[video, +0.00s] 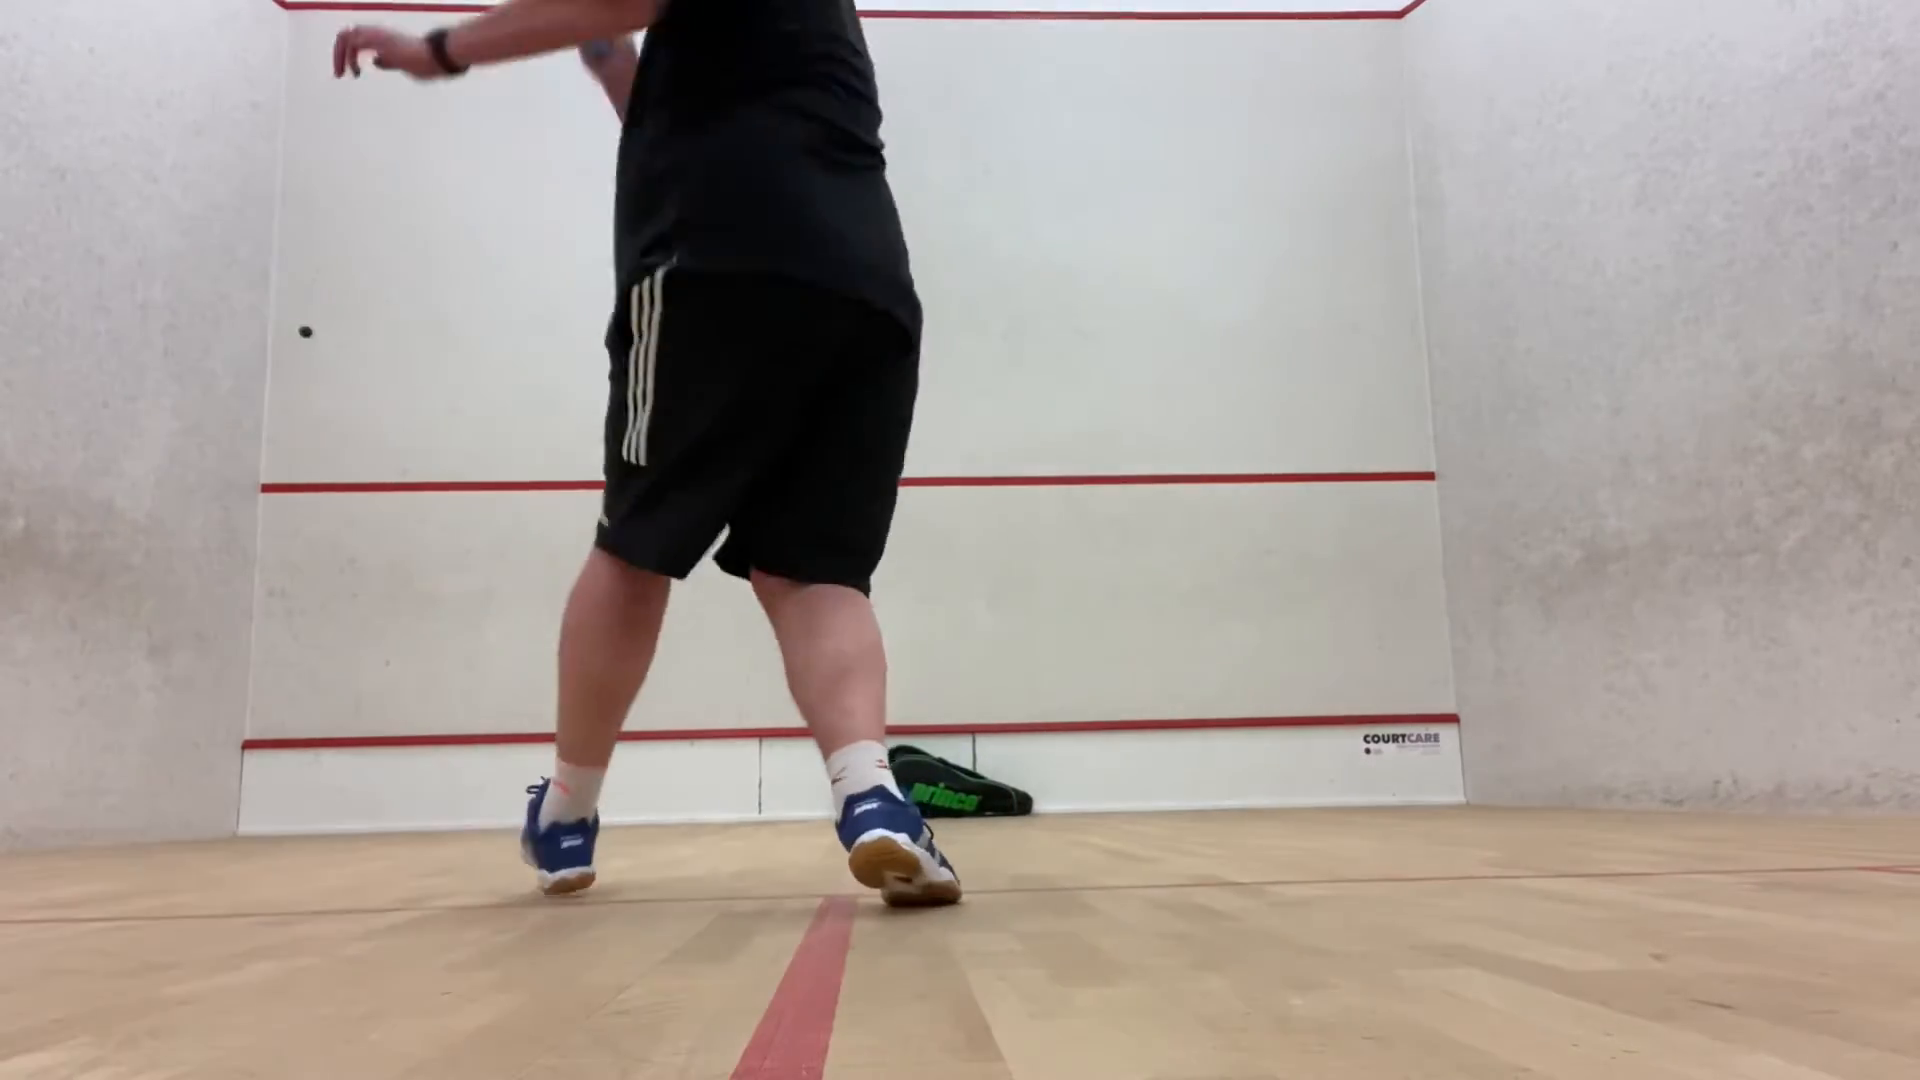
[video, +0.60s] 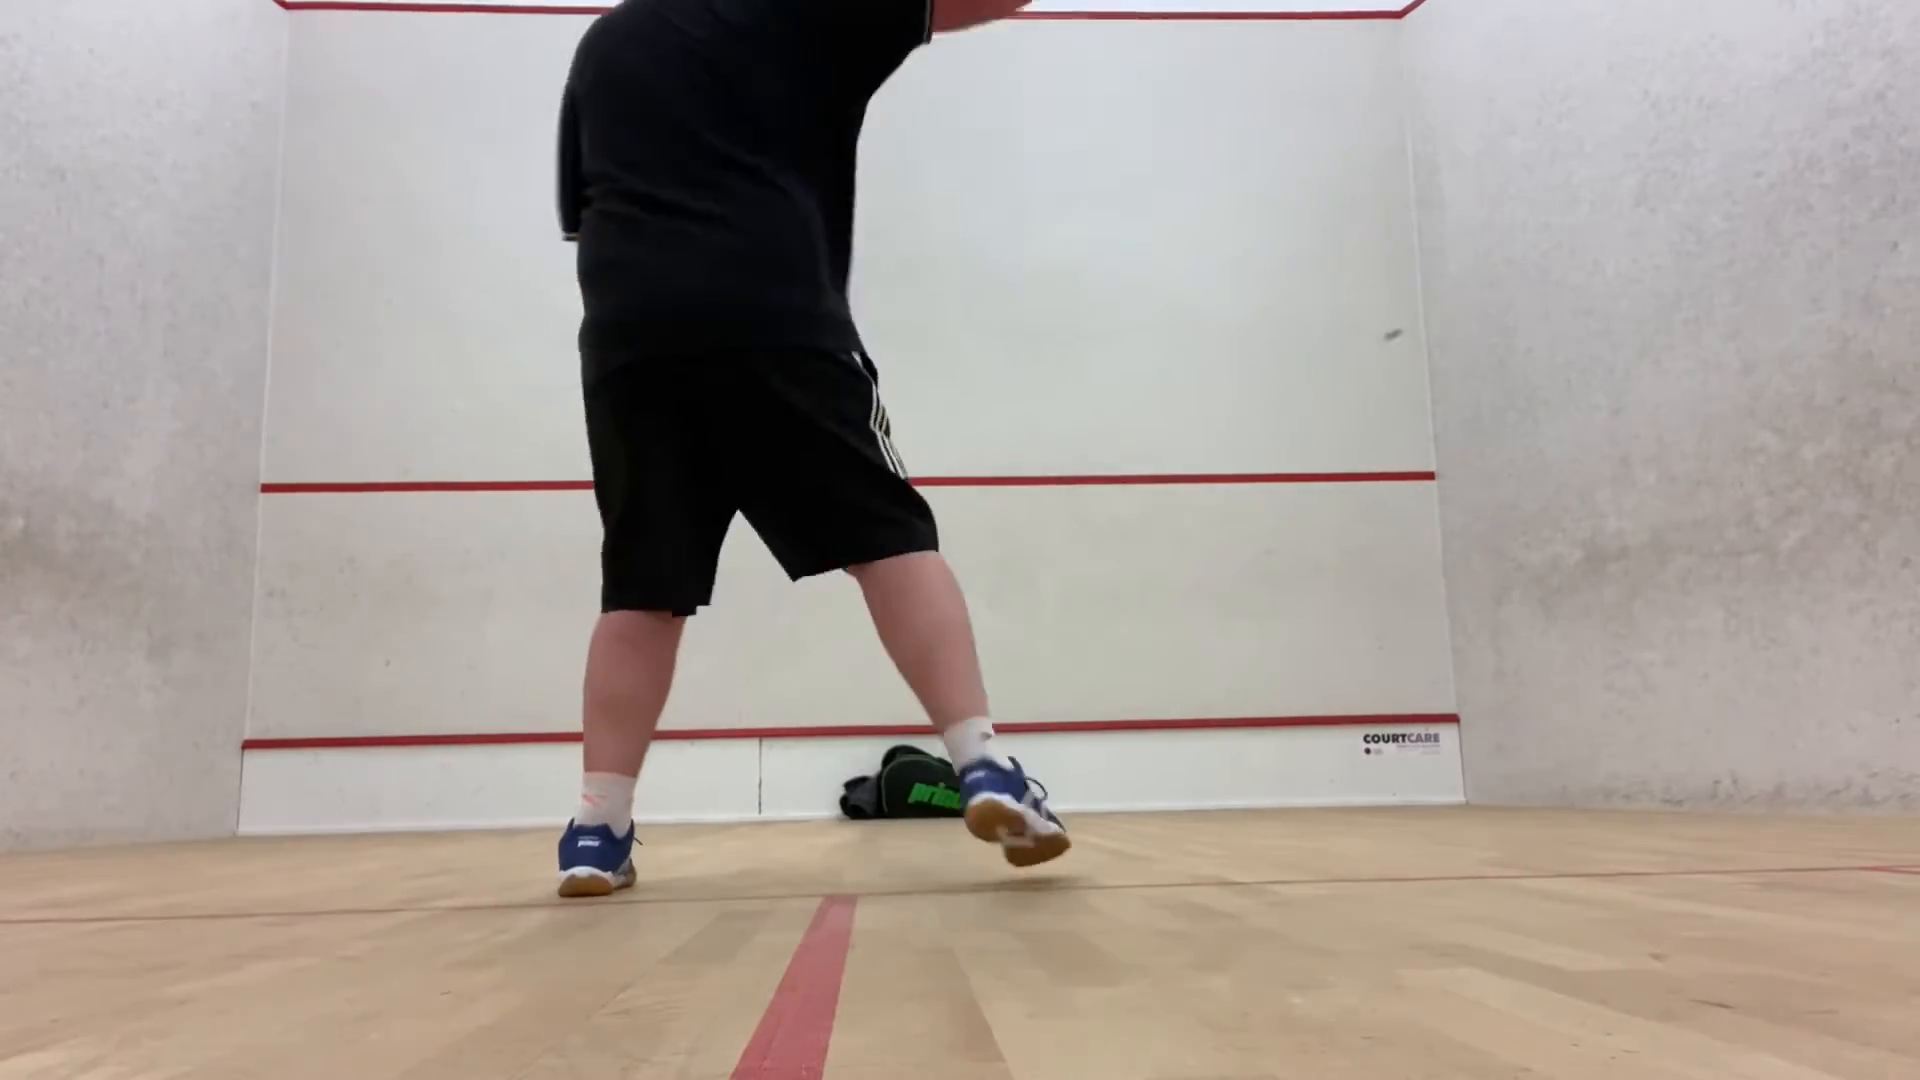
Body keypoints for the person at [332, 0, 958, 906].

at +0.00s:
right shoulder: (825, 19)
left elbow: (615, 6)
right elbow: (686, 138)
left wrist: (440, 49)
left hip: (708, 257)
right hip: (868, 273)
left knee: (638, 544)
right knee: (815, 555)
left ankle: (568, 816)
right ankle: (873, 800)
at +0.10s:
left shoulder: (649, 9)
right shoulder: (784, 19)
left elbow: (575, 105)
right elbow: (593, 153)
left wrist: (460, 182)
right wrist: (587, 26)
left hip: (700, 313)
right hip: (852, 310)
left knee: (642, 562)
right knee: (817, 570)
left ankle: (593, 827)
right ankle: (888, 796)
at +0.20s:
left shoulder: (634, 21)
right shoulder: (763, 48)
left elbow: (566, 195)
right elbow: (636, 221)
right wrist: (506, 155)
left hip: (678, 348)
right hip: (831, 345)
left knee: (618, 574)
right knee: (810, 583)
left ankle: (593, 829)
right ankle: (914, 769)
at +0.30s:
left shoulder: (564, 34)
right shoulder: (765, 53)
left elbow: (547, 223)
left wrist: (600, 339)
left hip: (660, 347)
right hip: (806, 337)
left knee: (633, 579)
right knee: (811, 569)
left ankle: (596, 831)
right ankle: (946, 721)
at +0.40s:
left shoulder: (554, 42)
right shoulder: (757, 38)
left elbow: (519, 220)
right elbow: (895, 160)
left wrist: (602, 324)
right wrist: (996, 207)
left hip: (631, 347)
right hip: (782, 324)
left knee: (650, 566)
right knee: (848, 529)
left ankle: (599, 828)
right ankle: (950, 706)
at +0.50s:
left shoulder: (581, 41)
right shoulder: (796, 16)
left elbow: (555, 232)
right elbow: (960, 41)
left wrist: (645, 310)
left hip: (625, 344)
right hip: (778, 322)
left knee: (640, 581)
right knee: (883, 533)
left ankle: (597, 827)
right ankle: (965, 740)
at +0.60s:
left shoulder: (607, 36)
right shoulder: (822, 16)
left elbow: (582, 213)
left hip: (631, 337)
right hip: (784, 323)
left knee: (642, 583)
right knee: (887, 535)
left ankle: (598, 829)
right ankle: (983, 762)